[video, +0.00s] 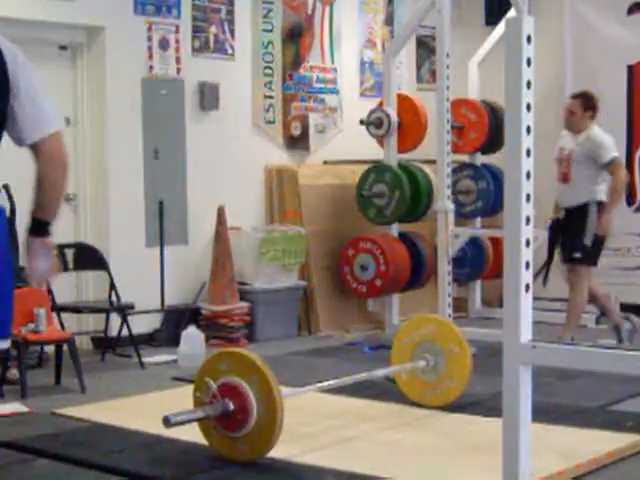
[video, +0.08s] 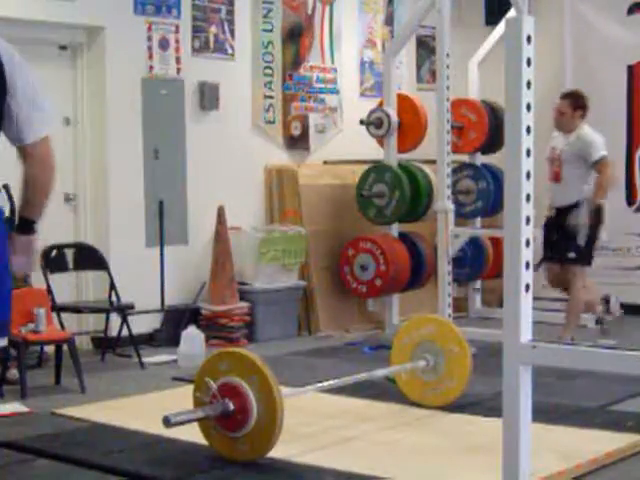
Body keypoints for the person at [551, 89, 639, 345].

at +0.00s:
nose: (566, 115)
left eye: (571, 111)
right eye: (566, 110)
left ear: (588, 114)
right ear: (570, 113)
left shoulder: (597, 139)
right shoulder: (565, 138)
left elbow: (619, 174)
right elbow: (564, 178)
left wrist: (607, 215)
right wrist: (557, 210)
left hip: (589, 208)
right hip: (568, 209)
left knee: (579, 274)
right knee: (574, 275)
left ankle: (567, 335)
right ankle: (619, 321)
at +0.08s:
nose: (555, 115)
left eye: (561, 111)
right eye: (556, 110)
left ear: (577, 114)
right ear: (561, 113)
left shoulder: (588, 138)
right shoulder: (556, 137)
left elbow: (604, 170)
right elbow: (558, 175)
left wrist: (596, 204)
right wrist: (551, 207)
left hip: (580, 208)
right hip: (556, 209)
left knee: (575, 273)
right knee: (555, 276)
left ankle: (568, 332)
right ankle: (600, 304)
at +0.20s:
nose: (536, 119)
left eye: (540, 113)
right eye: (535, 113)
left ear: (556, 112)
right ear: (550, 113)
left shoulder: (571, 136)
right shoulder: (550, 141)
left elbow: (576, 170)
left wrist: (544, 167)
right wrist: (534, 163)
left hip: (568, 203)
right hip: (545, 205)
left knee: (565, 270)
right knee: (539, 266)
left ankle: (567, 330)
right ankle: (559, 318)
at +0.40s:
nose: (528, 122)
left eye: (531, 116)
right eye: (526, 117)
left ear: (540, 114)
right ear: (532, 116)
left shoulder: (555, 134)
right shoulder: (530, 138)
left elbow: (546, 161)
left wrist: (519, 156)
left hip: (554, 204)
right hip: (534, 206)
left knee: (555, 273)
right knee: (550, 273)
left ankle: (565, 331)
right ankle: (564, 328)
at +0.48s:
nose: (496, 125)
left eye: (499, 119)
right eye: (495, 120)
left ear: (512, 116)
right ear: (500, 119)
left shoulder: (535, 139)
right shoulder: (506, 142)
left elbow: (521, 163)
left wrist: (501, 143)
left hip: (533, 211)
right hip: (507, 211)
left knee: (539, 279)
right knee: (495, 275)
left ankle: (562, 333)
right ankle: (482, 333)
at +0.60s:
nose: (474, 126)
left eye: (478, 120)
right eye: (474, 121)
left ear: (494, 119)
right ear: (490, 121)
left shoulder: (509, 142)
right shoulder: (487, 145)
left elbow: (493, 147)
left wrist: (473, 139)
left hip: (503, 211)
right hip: (484, 212)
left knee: (497, 276)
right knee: (477, 274)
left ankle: (537, 320)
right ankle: (478, 334)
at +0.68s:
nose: (466, 123)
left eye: (469, 118)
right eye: (466, 118)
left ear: (483, 117)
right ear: (483, 119)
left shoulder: (497, 138)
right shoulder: (481, 143)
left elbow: (485, 146)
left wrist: (465, 136)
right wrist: (466, 214)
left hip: (491, 206)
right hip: (477, 208)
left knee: (473, 268)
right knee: (475, 273)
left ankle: (515, 303)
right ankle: (478, 331)